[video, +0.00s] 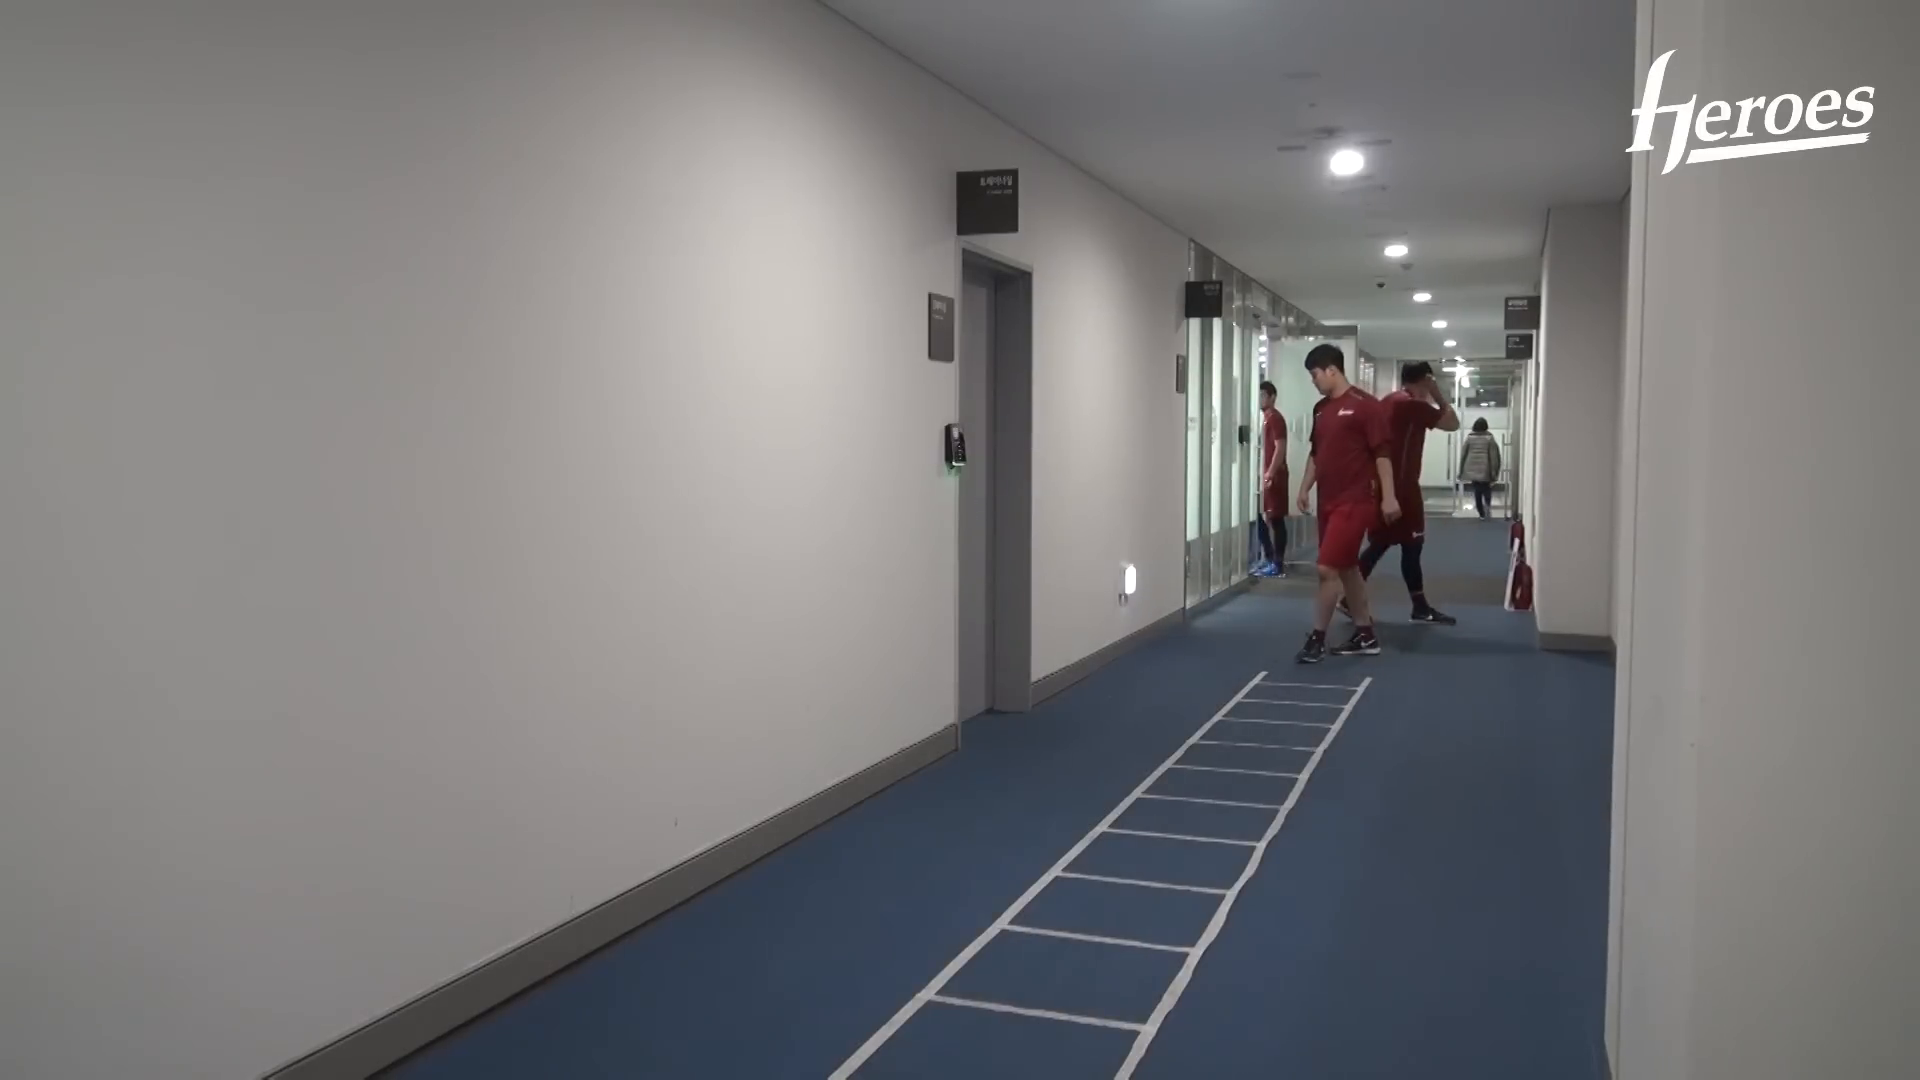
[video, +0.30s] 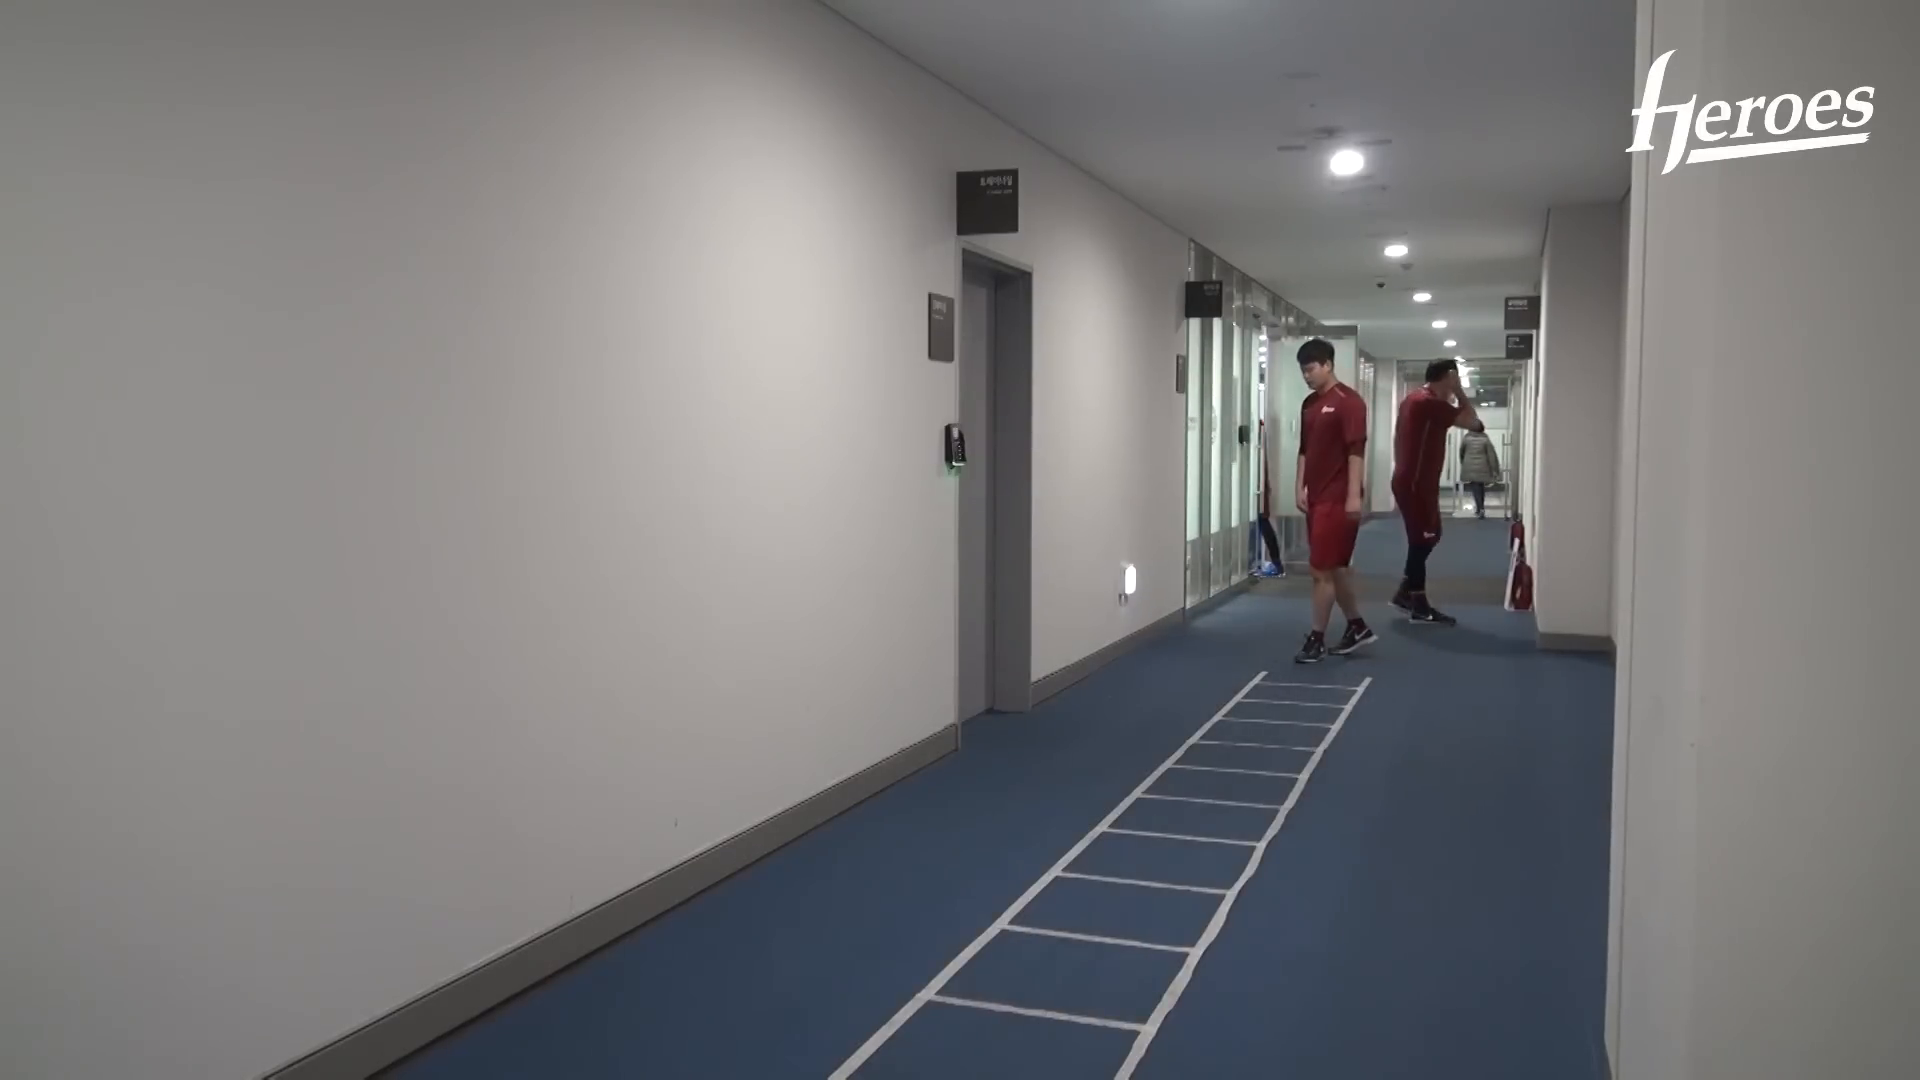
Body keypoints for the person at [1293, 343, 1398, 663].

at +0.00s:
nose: (1312, 381)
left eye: (1315, 374)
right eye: (1311, 375)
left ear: (1331, 370)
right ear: (1327, 372)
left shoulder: (1367, 406)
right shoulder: (1321, 409)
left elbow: (1382, 453)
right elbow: (1316, 453)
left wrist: (1389, 496)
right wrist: (1304, 488)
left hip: (1355, 501)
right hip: (1327, 502)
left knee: (1328, 568)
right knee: (1347, 569)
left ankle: (1318, 636)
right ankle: (1365, 634)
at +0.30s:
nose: (1305, 375)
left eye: (1309, 368)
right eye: (1303, 369)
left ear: (1327, 365)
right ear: (1307, 370)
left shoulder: (1350, 401)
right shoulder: (1310, 403)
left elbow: (1356, 452)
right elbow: (1304, 449)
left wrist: (1354, 496)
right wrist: (1300, 486)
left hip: (1339, 497)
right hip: (1315, 497)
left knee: (1322, 570)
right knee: (1333, 568)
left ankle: (1316, 637)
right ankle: (1357, 625)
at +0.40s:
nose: (1308, 372)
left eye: (1314, 366)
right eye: (1304, 367)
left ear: (1329, 366)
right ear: (1303, 369)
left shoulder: (1347, 400)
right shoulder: (1307, 403)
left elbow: (1348, 450)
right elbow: (1301, 449)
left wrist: (1330, 490)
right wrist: (1298, 488)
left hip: (1338, 493)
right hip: (1312, 492)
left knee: (1324, 566)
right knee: (1315, 564)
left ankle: (1317, 637)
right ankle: (1350, 619)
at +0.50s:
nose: (1310, 372)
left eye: (1316, 366)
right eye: (1306, 367)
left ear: (1331, 366)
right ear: (1303, 368)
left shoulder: (1345, 399)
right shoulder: (1305, 401)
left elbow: (1342, 449)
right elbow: (1299, 448)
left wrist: (1312, 482)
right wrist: (1296, 486)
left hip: (1336, 496)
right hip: (1310, 495)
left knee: (1327, 568)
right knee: (1302, 561)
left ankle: (1319, 636)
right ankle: (1340, 615)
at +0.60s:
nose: (1312, 372)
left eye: (1319, 366)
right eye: (1308, 366)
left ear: (1332, 366)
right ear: (1304, 367)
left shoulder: (1345, 399)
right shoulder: (1303, 401)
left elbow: (1341, 448)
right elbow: (1297, 446)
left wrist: (1305, 477)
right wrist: (1293, 481)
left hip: (1335, 498)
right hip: (1308, 495)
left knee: (1326, 569)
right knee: (1294, 557)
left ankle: (1318, 637)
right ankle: (1331, 615)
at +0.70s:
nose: (1315, 371)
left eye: (1322, 364)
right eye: (1310, 364)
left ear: (1334, 366)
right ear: (1305, 366)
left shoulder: (1346, 400)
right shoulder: (1302, 401)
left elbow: (1342, 450)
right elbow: (1295, 448)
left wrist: (1307, 480)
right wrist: (1292, 486)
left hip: (1333, 497)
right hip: (1306, 495)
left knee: (1325, 569)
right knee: (1291, 557)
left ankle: (1319, 638)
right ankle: (1311, 614)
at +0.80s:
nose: (1317, 369)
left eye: (1324, 363)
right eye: (1312, 363)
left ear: (1336, 365)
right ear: (1306, 365)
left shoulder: (1347, 400)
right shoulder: (1300, 400)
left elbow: (1346, 454)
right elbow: (1293, 448)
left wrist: (1319, 490)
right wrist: (1291, 487)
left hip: (1332, 495)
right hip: (1303, 492)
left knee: (1322, 569)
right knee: (1288, 555)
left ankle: (1319, 638)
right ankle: (1297, 616)